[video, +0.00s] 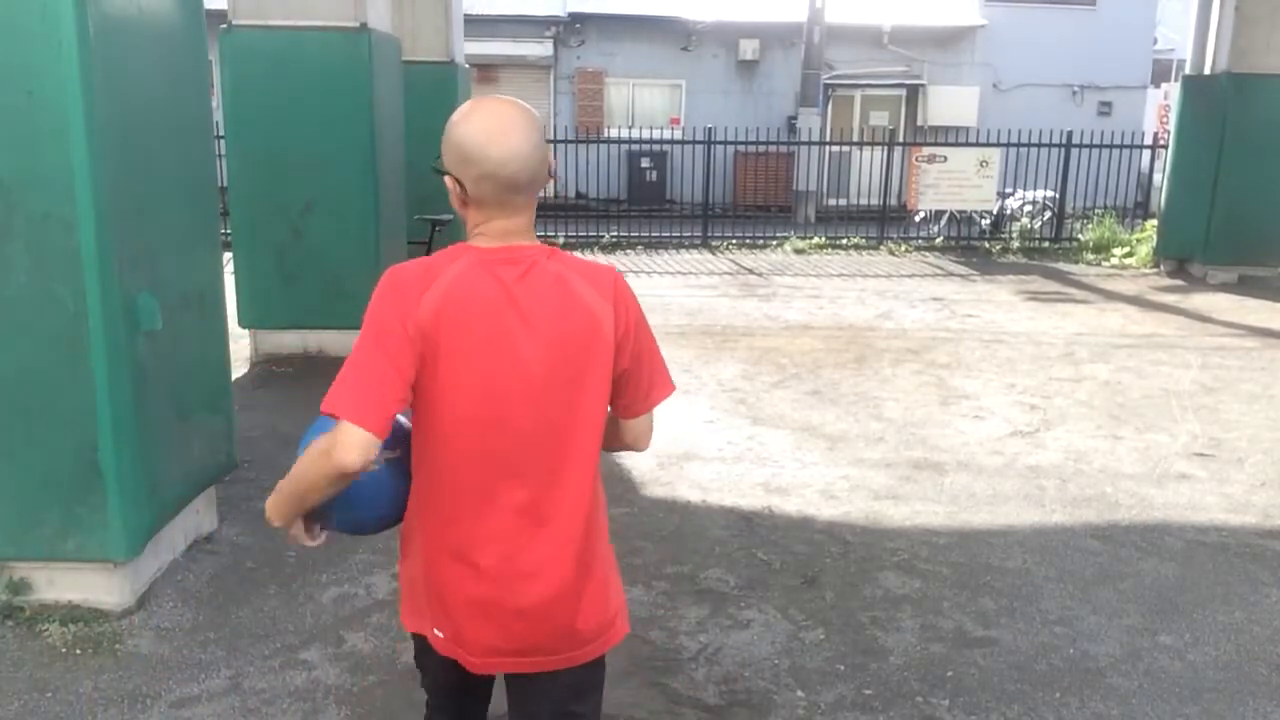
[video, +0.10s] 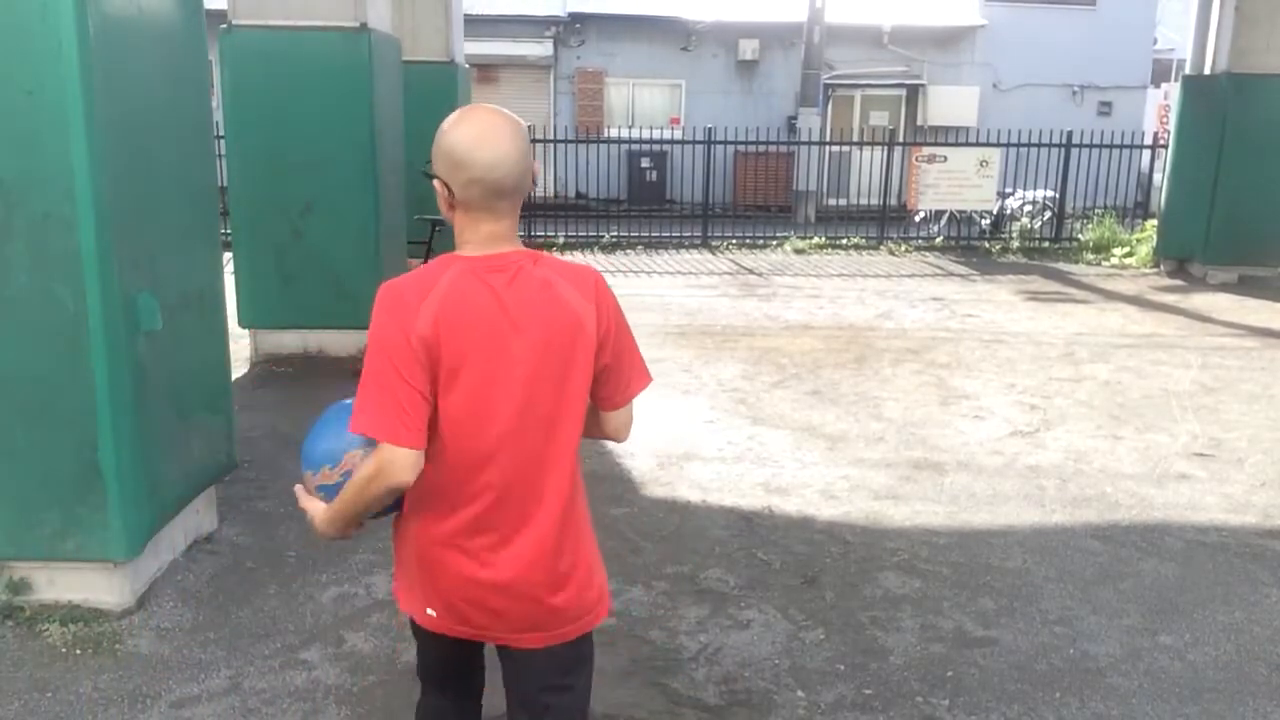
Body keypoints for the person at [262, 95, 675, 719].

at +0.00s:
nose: (443, 187)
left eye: (445, 177)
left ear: (456, 191)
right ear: (548, 176)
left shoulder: (412, 289)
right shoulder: (602, 289)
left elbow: (352, 450)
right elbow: (633, 432)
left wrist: (284, 504)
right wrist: (545, 419)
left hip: (452, 598)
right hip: (566, 599)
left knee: (452, 710)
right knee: (563, 711)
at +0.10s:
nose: (436, 189)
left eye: (436, 179)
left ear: (445, 195)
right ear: (531, 183)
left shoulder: (408, 299)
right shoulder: (584, 288)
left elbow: (398, 465)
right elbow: (614, 423)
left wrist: (336, 520)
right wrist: (526, 403)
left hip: (443, 576)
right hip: (550, 578)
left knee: (447, 705)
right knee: (553, 710)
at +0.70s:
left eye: (472, 156)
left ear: (472, 172)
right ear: (545, 172)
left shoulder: (431, 251)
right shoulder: (574, 260)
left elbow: (385, 365)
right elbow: (593, 370)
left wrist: (425, 383)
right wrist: (615, 326)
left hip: (446, 471)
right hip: (532, 470)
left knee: (436, 611)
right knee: (525, 587)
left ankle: (439, 713)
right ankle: (520, 693)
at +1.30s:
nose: (548, 167)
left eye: (547, 157)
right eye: (546, 157)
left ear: (481, 154)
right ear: (533, 159)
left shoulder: (437, 219)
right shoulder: (534, 231)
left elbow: (413, 316)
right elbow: (567, 337)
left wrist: (471, 299)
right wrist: (581, 314)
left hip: (457, 418)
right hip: (521, 424)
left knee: (456, 522)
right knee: (525, 555)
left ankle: (437, 627)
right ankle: (518, 684)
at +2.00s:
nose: (522, 172)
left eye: (522, 162)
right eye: (520, 161)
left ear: (465, 161)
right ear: (501, 162)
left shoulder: (429, 218)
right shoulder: (500, 230)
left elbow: (456, 284)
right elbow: (539, 325)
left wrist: (523, 260)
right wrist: (585, 290)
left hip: (434, 395)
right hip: (485, 404)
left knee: (471, 485)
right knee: (515, 526)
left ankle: (447, 587)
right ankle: (469, 646)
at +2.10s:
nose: (519, 159)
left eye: (521, 149)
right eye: (519, 148)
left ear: (463, 144)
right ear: (500, 145)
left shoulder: (428, 201)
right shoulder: (501, 212)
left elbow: (460, 262)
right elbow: (546, 302)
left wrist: (520, 224)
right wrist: (593, 249)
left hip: (434, 384)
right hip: (485, 393)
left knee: (470, 481)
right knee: (503, 515)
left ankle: (454, 584)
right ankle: (467, 644)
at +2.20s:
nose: (514, 157)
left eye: (514, 146)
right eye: (512, 146)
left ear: (457, 142)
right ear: (491, 144)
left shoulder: (422, 198)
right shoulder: (492, 211)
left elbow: (452, 268)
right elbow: (532, 300)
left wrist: (510, 232)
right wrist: (599, 273)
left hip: (435, 384)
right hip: (487, 393)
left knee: (459, 495)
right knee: (508, 506)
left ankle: (455, 612)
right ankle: (471, 632)